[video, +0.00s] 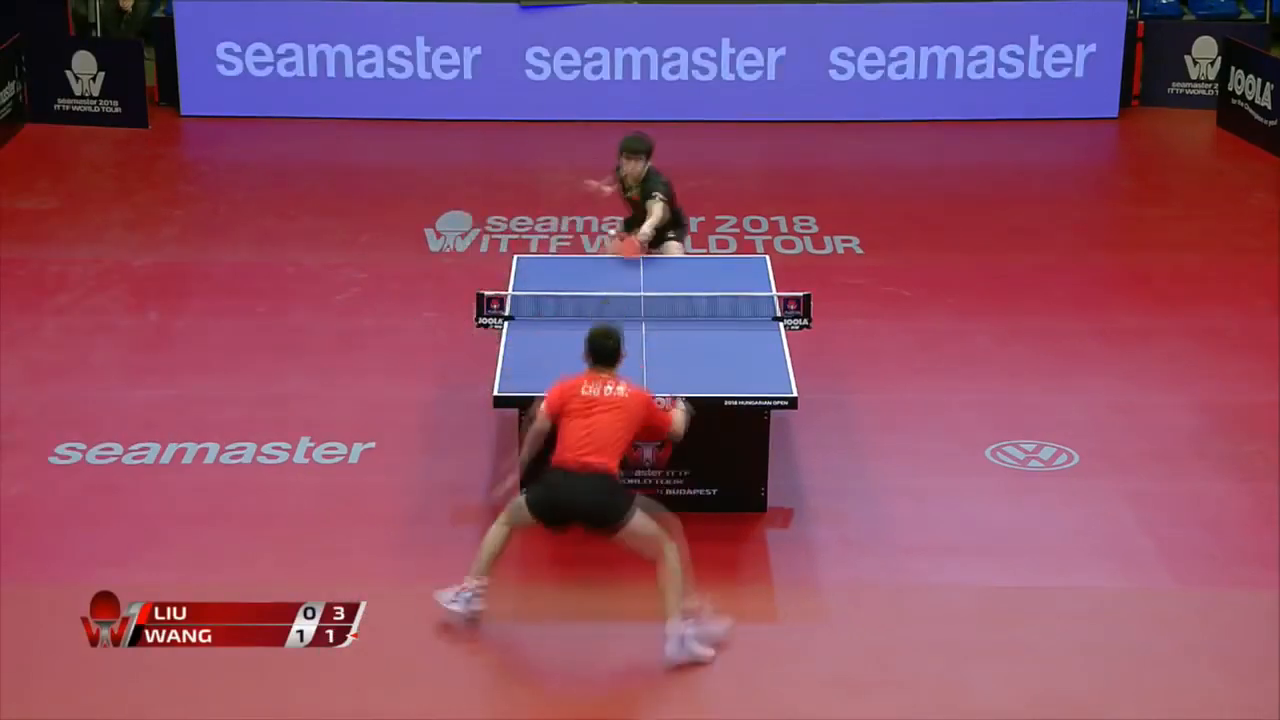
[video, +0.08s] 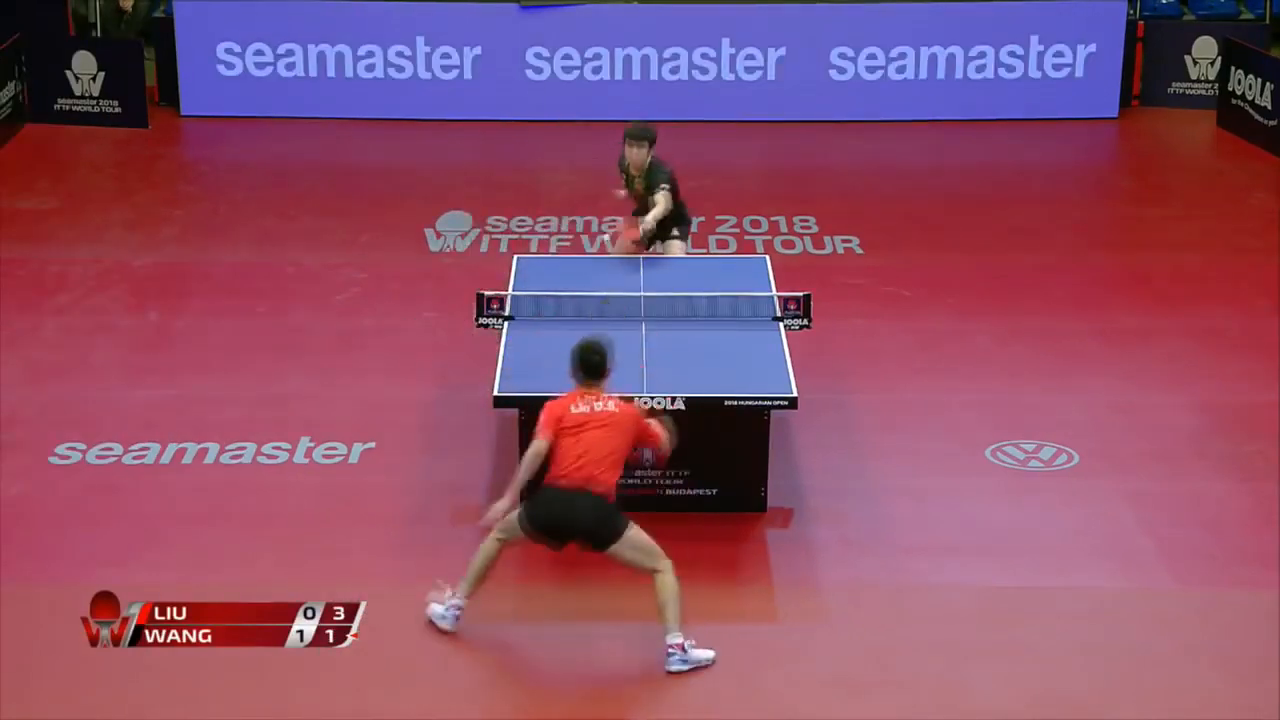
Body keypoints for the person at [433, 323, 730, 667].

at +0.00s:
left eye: (595, 350)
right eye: (614, 351)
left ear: (588, 356)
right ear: (620, 358)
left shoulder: (566, 387)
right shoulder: (636, 397)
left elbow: (540, 424)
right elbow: (675, 430)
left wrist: (517, 473)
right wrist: (681, 409)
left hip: (557, 486)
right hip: (603, 491)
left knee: (507, 522)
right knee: (665, 549)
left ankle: (469, 593)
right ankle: (677, 637)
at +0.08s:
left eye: (583, 367)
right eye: (603, 368)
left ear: (575, 372)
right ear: (608, 374)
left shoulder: (556, 407)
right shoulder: (628, 413)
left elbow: (538, 449)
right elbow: (663, 445)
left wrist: (508, 497)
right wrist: (661, 423)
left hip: (549, 505)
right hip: (597, 512)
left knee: (498, 536)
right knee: (662, 566)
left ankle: (454, 607)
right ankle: (677, 647)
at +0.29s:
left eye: (528, 361)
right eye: (552, 362)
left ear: (525, 366)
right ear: (559, 368)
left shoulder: (508, 408)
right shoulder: (578, 407)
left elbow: (462, 440)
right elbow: (604, 450)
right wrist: (576, 427)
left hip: (534, 513)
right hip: (584, 510)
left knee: (476, 528)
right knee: (636, 534)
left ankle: (444, 609)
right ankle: (664, 605)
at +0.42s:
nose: (527, 367)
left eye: (523, 363)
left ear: (522, 366)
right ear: (556, 368)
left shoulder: (508, 403)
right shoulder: (576, 404)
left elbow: (487, 424)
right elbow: (603, 446)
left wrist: (520, 409)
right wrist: (572, 445)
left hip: (537, 510)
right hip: (588, 508)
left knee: (473, 526)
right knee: (627, 500)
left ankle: (443, 609)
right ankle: (666, 566)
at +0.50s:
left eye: (528, 361)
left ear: (526, 365)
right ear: (560, 365)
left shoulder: (514, 401)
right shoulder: (583, 397)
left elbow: (503, 421)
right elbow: (614, 431)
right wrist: (590, 447)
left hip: (555, 506)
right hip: (601, 502)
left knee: (484, 528)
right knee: (627, 497)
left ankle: (445, 609)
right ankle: (665, 560)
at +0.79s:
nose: (542, 316)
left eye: (541, 311)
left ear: (543, 315)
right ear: (572, 313)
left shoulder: (548, 348)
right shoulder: (593, 338)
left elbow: (560, 387)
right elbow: (611, 346)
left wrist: (544, 438)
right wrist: (611, 328)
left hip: (575, 447)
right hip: (612, 444)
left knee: (530, 524)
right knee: (636, 486)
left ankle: (490, 607)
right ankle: (666, 558)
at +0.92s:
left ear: (542, 304)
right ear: (574, 303)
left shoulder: (543, 340)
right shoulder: (596, 335)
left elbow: (536, 397)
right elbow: (616, 385)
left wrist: (524, 441)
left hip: (558, 443)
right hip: (598, 439)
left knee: (502, 505)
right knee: (603, 469)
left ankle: (489, 591)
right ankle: (624, 535)